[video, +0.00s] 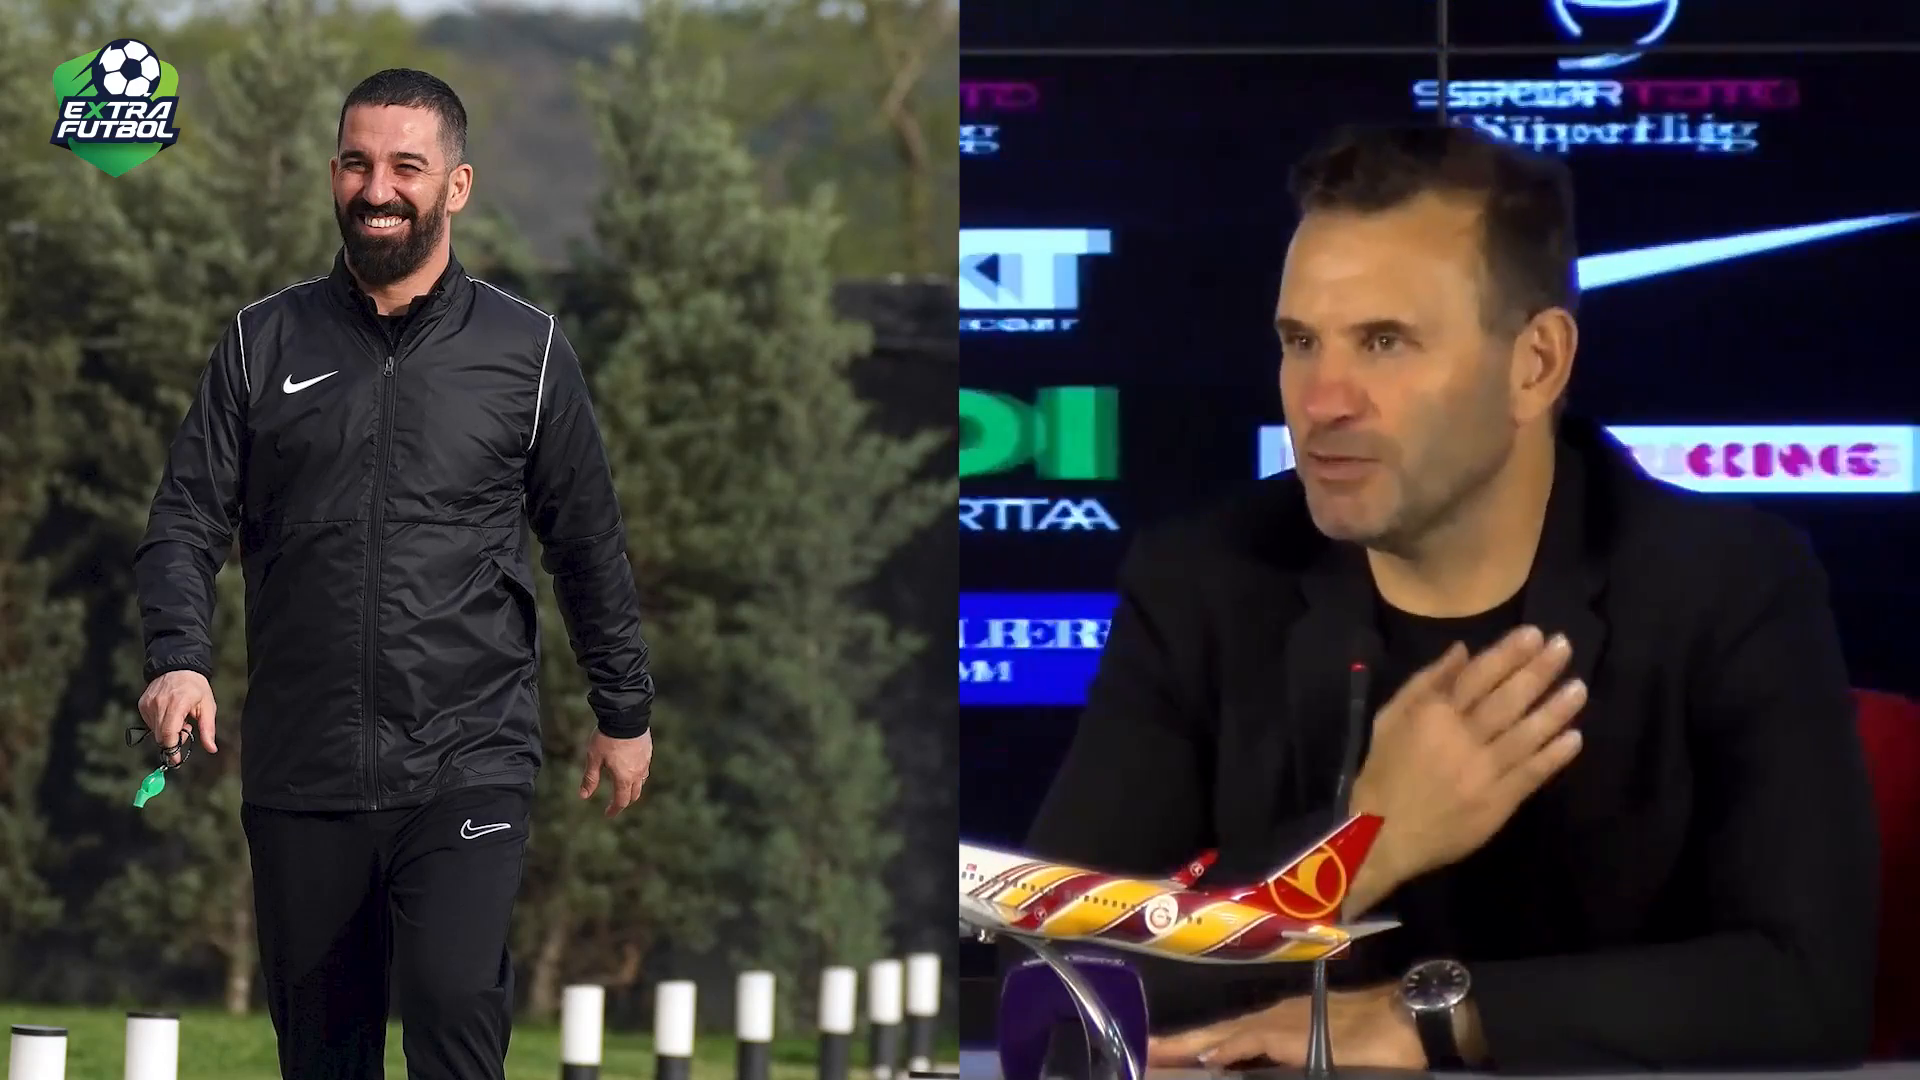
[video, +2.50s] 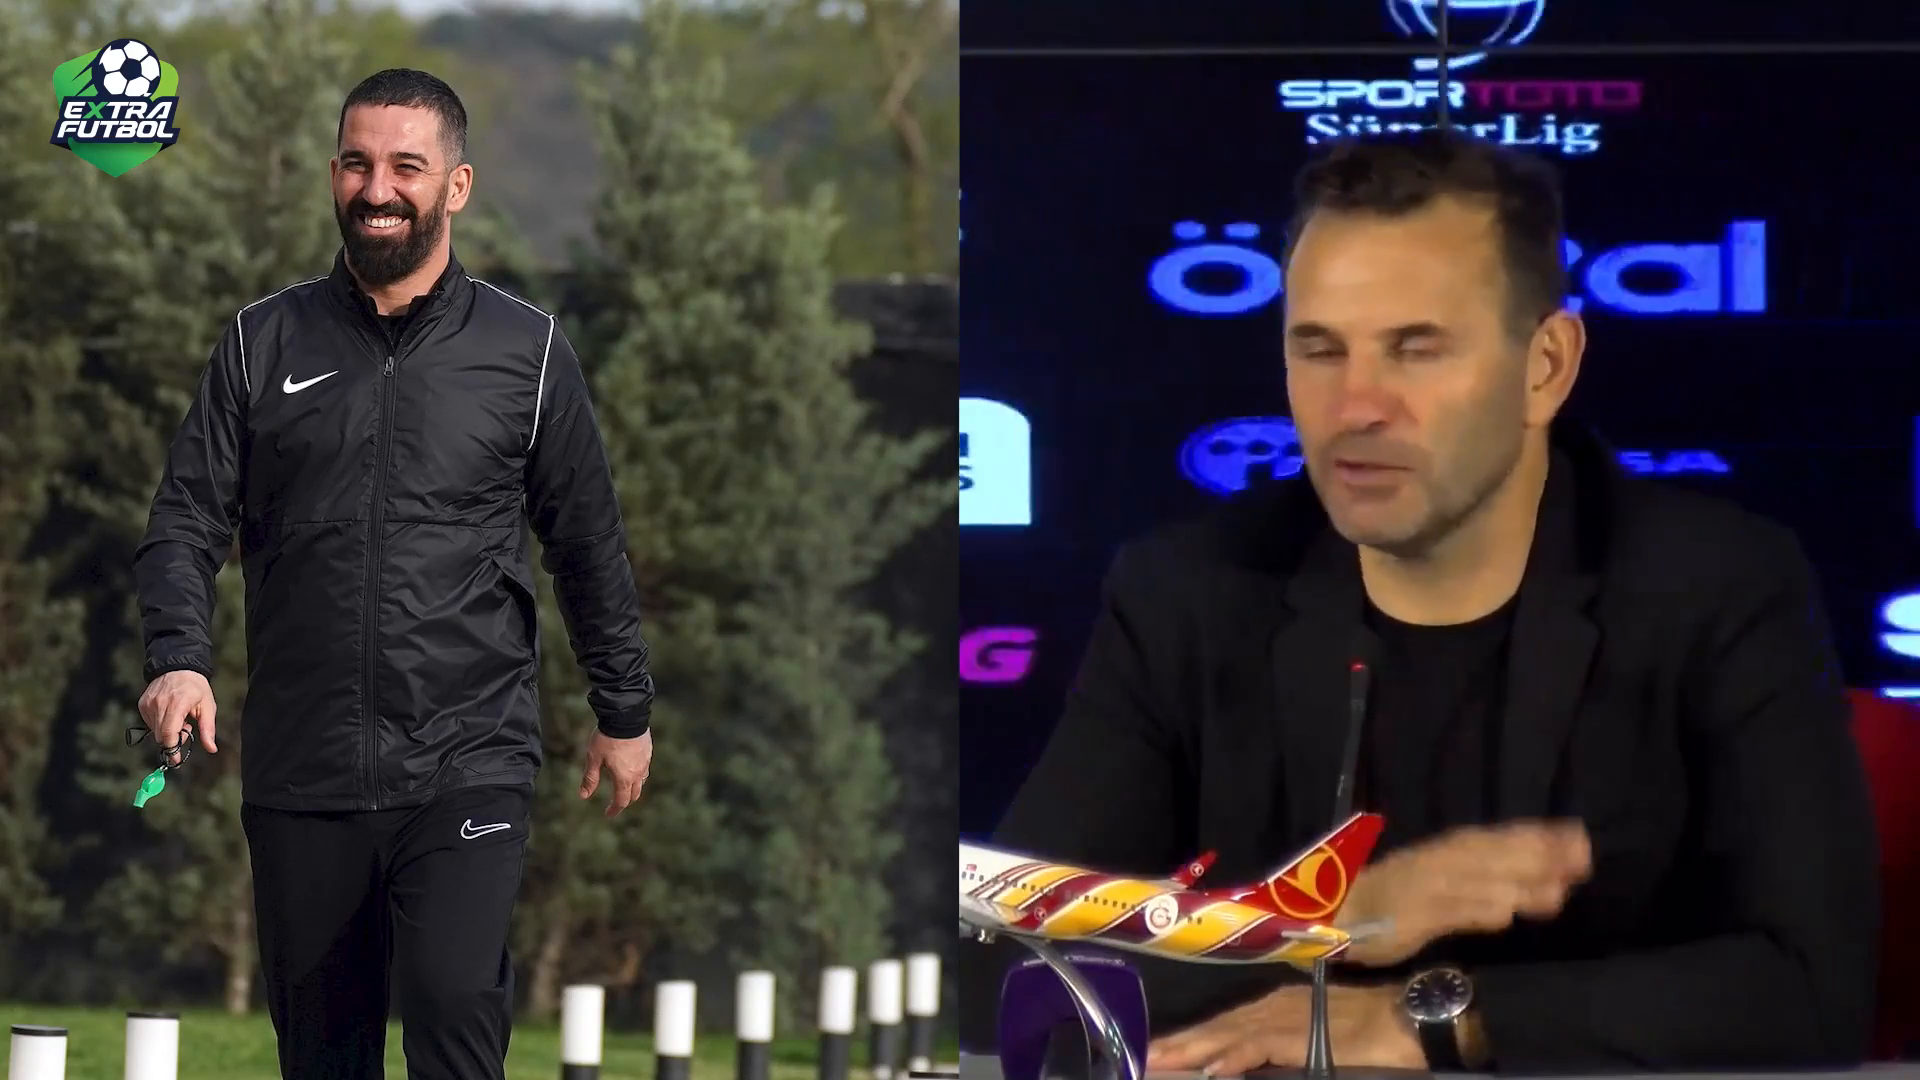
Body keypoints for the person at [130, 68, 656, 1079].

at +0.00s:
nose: (376, 187)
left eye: (405, 164)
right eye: (356, 162)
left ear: (458, 185)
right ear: (334, 176)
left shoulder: (529, 349)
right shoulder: (259, 343)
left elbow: (589, 540)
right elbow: (187, 513)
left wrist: (623, 708)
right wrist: (178, 658)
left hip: (472, 752)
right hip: (302, 755)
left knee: (455, 1018)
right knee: (320, 1042)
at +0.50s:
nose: (376, 187)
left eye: (405, 164)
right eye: (356, 162)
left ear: (458, 185)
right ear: (334, 176)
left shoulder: (529, 350)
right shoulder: (259, 343)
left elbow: (589, 541)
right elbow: (187, 513)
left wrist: (623, 708)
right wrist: (178, 658)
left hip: (472, 751)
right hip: (302, 753)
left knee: (455, 1017)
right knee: (319, 1039)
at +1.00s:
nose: (376, 187)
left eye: (405, 164)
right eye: (356, 162)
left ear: (458, 185)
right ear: (334, 176)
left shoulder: (529, 349)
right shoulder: (259, 342)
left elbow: (588, 540)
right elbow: (187, 513)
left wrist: (623, 709)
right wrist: (178, 658)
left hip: (471, 752)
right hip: (302, 755)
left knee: (455, 1019)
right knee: (320, 1042)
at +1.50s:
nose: (376, 187)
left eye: (405, 164)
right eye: (356, 162)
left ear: (458, 185)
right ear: (334, 176)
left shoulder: (529, 349)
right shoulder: (259, 343)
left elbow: (588, 540)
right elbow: (187, 513)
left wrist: (623, 709)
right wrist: (178, 658)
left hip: (472, 752)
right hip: (302, 755)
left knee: (455, 1018)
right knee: (320, 1042)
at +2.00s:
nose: (376, 187)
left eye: (405, 164)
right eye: (356, 162)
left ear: (458, 185)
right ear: (334, 176)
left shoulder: (529, 349)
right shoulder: (259, 343)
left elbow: (588, 541)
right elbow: (187, 513)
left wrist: (623, 709)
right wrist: (178, 658)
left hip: (472, 752)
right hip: (302, 755)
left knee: (455, 1018)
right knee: (320, 1042)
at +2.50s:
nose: (376, 187)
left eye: (405, 164)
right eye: (356, 162)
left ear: (458, 185)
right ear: (334, 176)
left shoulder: (529, 349)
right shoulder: (259, 343)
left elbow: (588, 541)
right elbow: (187, 513)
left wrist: (623, 709)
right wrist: (178, 658)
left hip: (472, 752)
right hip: (302, 755)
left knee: (455, 1018)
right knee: (320, 1042)